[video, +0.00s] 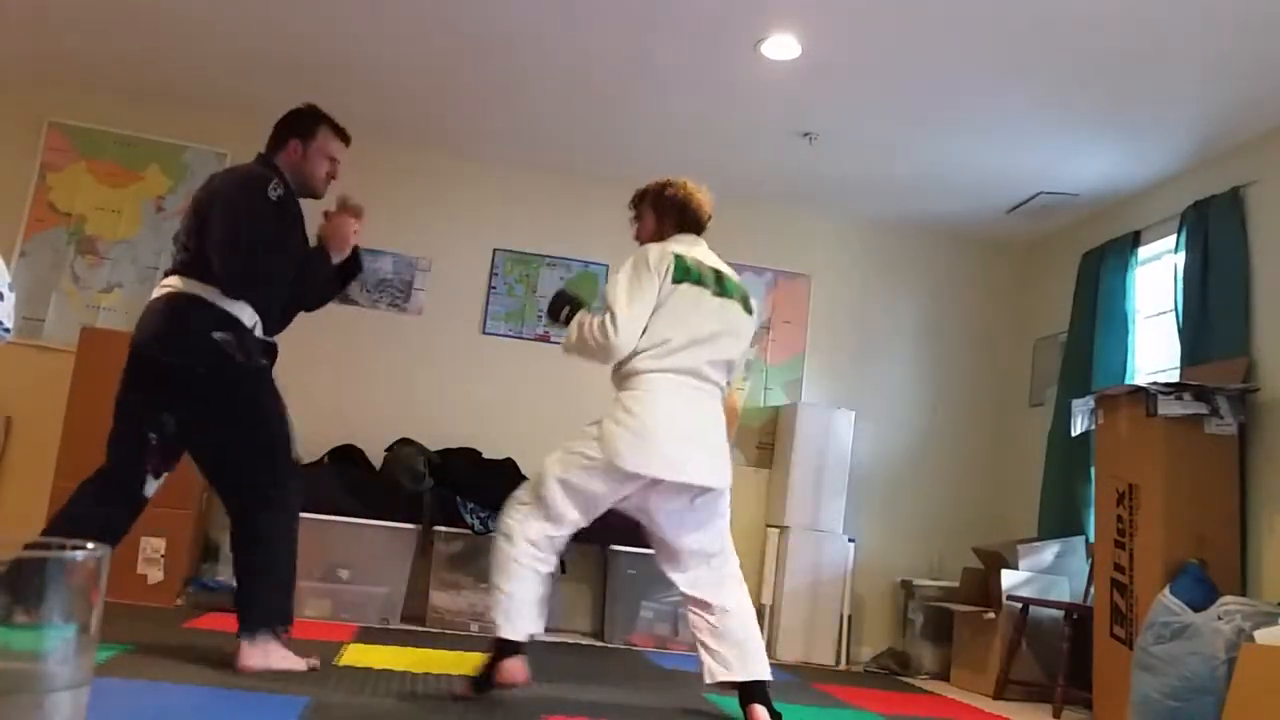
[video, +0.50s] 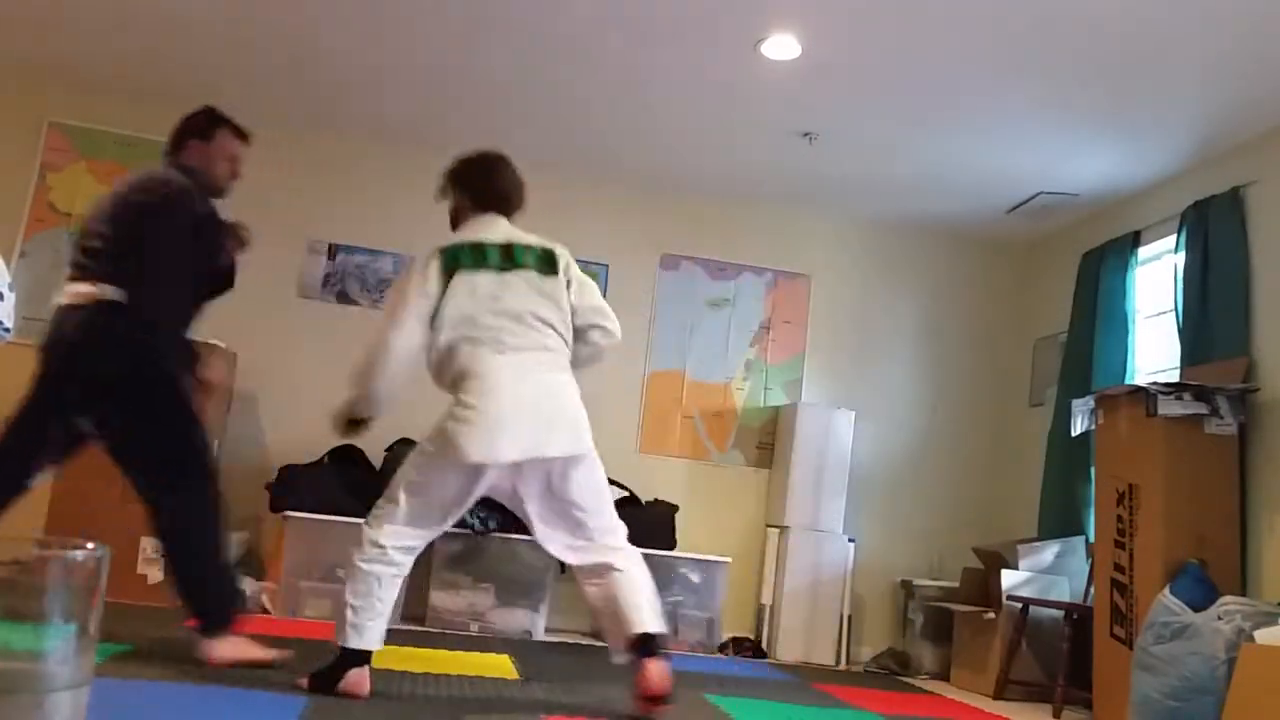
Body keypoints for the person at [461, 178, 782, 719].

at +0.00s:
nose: (635, 229)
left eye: (639, 218)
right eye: (635, 219)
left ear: (664, 217)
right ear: (694, 222)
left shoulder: (653, 258)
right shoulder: (738, 291)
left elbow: (615, 338)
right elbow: (730, 373)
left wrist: (571, 317)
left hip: (639, 430)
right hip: (705, 445)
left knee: (531, 514)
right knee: (715, 573)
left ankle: (508, 652)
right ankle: (758, 704)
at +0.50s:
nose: (448, 210)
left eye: (450, 201)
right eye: (449, 202)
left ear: (459, 203)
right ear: (515, 203)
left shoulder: (439, 261)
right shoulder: (557, 258)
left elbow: (398, 345)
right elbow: (603, 330)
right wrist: (550, 366)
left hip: (480, 421)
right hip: (560, 424)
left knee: (391, 532)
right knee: (603, 541)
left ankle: (353, 659)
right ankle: (649, 643)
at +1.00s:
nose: (425, 178)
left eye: (429, 169)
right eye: (428, 168)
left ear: (441, 171)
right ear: (489, 180)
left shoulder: (408, 215)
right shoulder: (515, 252)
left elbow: (330, 287)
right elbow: (514, 348)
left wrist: (316, 257)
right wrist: (458, 341)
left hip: (379, 396)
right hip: (459, 410)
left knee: (303, 520)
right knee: (489, 537)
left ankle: (260, 656)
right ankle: (534, 670)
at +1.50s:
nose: (250, 166)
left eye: (258, 157)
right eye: (254, 155)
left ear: (277, 167)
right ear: (307, 177)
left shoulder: (282, 212)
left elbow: (233, 277)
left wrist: (196, 245)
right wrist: (122, 271)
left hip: (236, 388)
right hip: (282, 397)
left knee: (123, 499)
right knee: (258, 529)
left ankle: (136, 633)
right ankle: (354, 626)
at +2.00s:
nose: (156, 153)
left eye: (160, 145)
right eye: (161, 144)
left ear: (169, 153)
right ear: (219, 168)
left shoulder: (132, 198)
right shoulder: (237, 238)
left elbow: (42, 232)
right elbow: (242, 328)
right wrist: (193, 354)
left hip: (128, 373)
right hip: (204, 388)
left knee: (17, 471)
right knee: (211, 508)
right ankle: (248, 629)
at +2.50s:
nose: (102, 151)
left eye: (107, 144)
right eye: (106, 142)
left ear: (117, 150)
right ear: (167, 164)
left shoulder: (72, 182)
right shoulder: (190, 226)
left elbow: (8, 237)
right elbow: (176, 314)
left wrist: (32, 281)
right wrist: (128, 314)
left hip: (50, 347)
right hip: (129, 366)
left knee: (0, 460)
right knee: (143, 485)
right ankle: (164, 592)